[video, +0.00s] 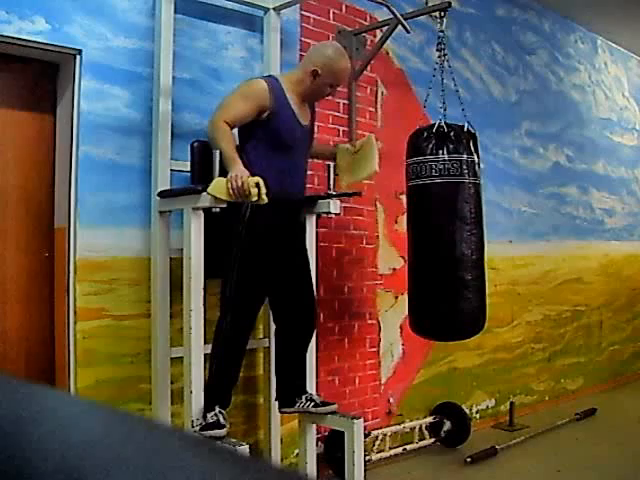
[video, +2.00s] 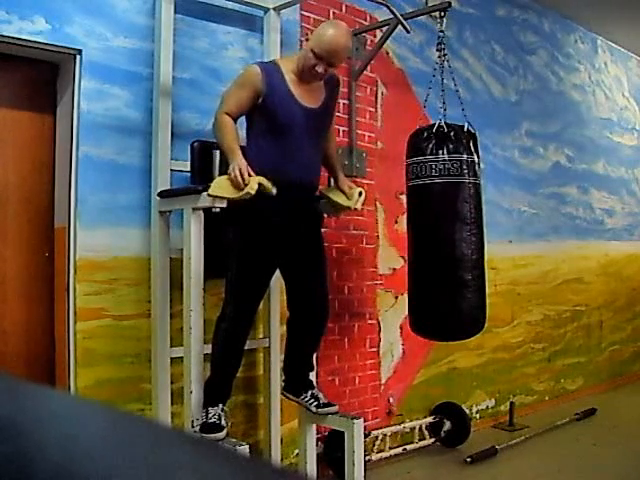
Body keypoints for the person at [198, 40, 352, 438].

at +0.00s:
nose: (329, 96)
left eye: (333, 90)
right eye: (330, 87)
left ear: (318, 77)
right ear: (313, 72)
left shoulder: (304, 106)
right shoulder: (263, 91)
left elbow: (297, 147)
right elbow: (219, 123)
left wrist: (341, 151)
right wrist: (236, 166)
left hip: (287, 222)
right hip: (251, 220)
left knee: (299, 312)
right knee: (238, 316)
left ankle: (292, 396)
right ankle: (214, 410)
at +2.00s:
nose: (321, 70)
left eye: (330, 66)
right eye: (318, 60)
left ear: (340, 63)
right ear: (307, 44)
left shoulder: (329, 88)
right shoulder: (261, 76)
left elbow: (322, 136)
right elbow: (224, 117)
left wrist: (339, 175)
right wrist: (235, 157)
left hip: (303, 211)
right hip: (258, 208)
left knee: (313, 306)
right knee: (239, 308)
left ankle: (298, 382)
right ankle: (213, 405)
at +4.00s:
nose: (337, 46)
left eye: (342, 39)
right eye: (331, 36)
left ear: (346, 36)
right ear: (309, 24)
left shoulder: (335, 69)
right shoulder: (268, 56)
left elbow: (332, 124)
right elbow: (245, 113)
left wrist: (338, 178)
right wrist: (246, 168)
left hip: (312, 194)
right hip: (271, 192)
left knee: (328, 288)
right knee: (260, 294)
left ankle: (304, 373)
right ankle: (226, 391)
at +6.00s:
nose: (357, 32)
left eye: (363, 26)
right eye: (352, 22)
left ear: (365, 30)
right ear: (327, 14)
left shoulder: (350, 66)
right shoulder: (283, 58)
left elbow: (338, 129)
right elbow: (247, 111)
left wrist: (342, 179)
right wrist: (244, 167)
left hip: (315, 193)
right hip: (275, 189)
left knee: (320, 287)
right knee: (260, 279)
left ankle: (243, 323)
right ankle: (241, 330)